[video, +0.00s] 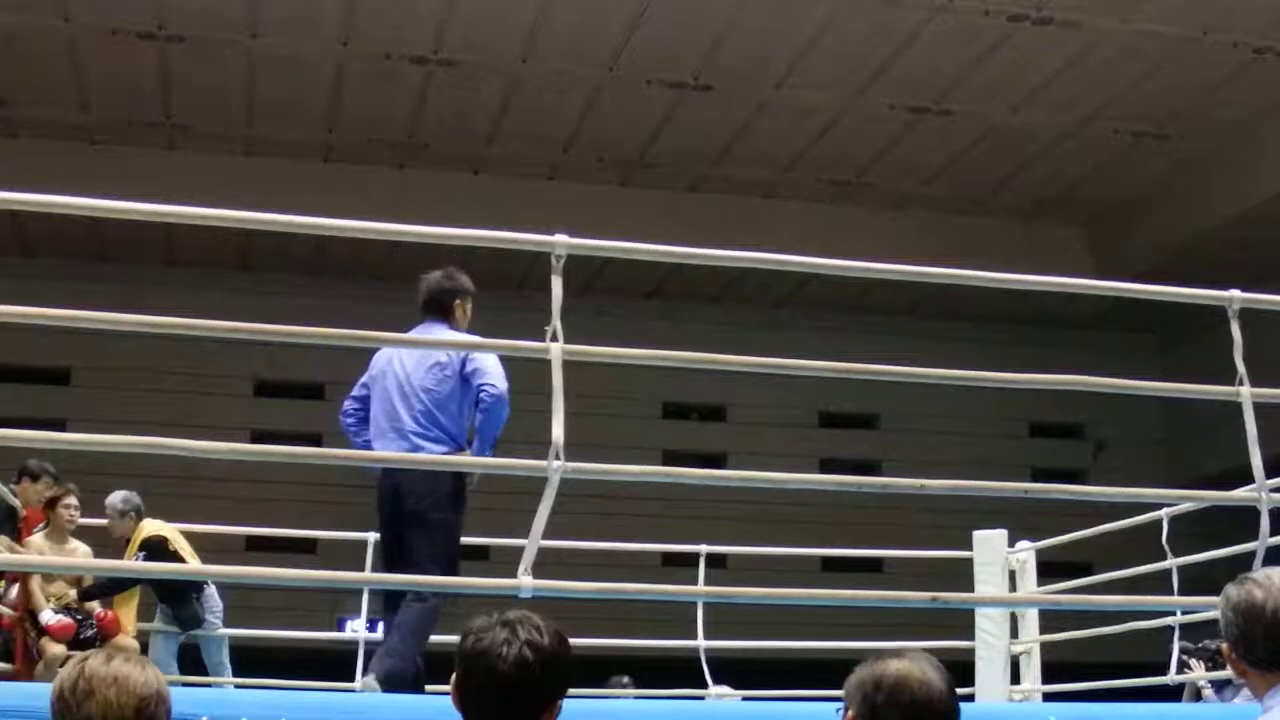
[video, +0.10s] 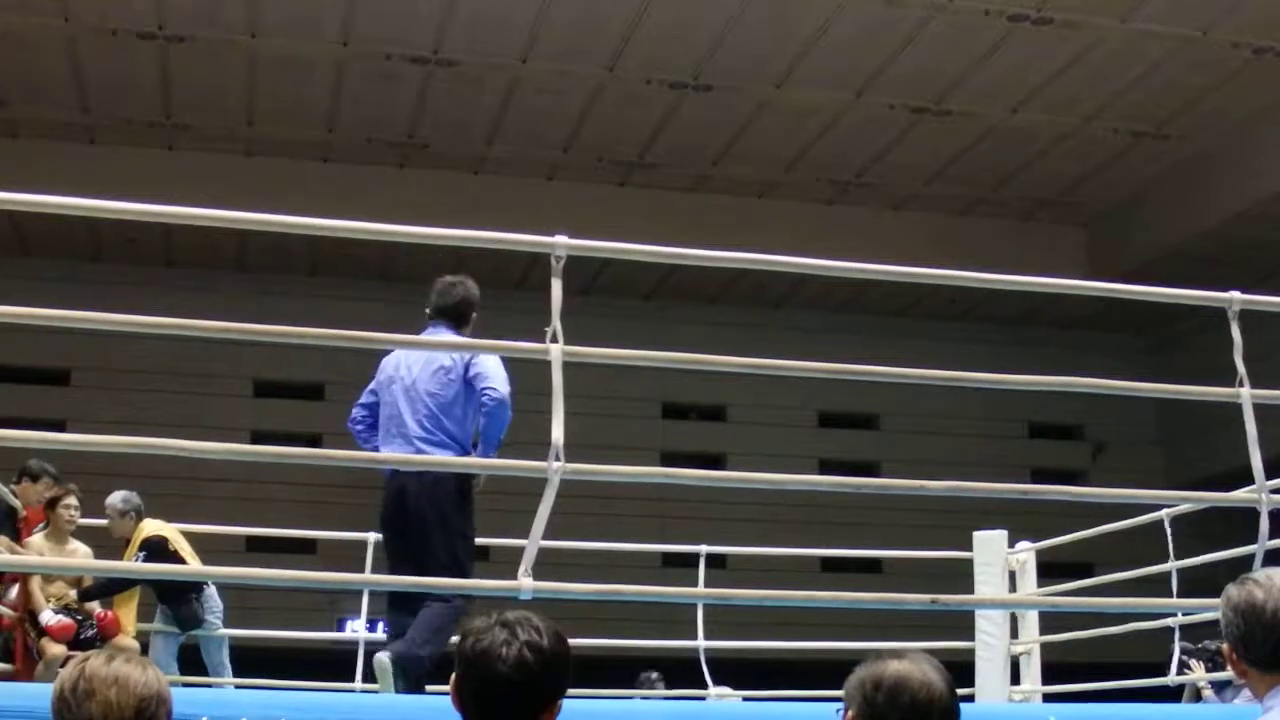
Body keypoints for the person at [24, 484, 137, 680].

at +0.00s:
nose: (72, 514)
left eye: (76, 509)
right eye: (66, 508)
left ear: (81, 513)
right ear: (50, 511)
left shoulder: (84, 550)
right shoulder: (33, 544)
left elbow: (87, 592)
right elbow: (33, 584)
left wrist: (99, 613)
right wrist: (47, 616)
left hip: (78, 613)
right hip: (42, 612)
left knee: (130, 646)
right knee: (56, 652)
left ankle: (117, 702)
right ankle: (37, 703)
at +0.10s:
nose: (72, 514)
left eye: (76, 509)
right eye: (66, 508)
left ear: (81, 514)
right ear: (50, 512)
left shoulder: (84, 551)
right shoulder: (34, 544)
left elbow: (87, 592)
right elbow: (33, 586)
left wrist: (99, 614)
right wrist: (47, 617)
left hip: (78, 613)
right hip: (42, 612)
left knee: (130, 647)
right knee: (56, 653)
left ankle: (115, 702)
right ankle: (36, 703)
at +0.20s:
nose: (72, 514)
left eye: (76, 509)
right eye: (66, 508)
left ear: (80, 514)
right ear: (50, 512)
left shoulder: (83, 551)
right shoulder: (33, 544)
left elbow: (87, 592)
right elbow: (33, 586)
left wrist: (99, 614)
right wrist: (47, 617)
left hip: (77, 612)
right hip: (42, 611)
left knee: (130, 647)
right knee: (56, 652)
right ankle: (37, 703)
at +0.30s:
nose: (73, 514)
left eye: (76, 509)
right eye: (66, 508)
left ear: (81, 514)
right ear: (50, 512)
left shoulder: (83, 551)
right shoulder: (33, 544)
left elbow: (87, 592)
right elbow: (33, 585)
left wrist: (99, 614)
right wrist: (47, 617)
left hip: (77, 613)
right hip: (41, 612)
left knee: (130, 646)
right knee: (56, 652)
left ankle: (116, 702)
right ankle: (37, 703)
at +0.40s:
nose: (73, 516)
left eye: (77, 511)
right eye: (67, 509)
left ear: (81, 515)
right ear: (51, 513)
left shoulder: (83, 552)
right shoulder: (33, 545)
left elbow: (87, 592)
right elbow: (33, 586)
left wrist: (98, 614)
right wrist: (47, 617)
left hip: (77, 613)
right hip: (42, 611)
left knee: (130, 647)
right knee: (56, 653)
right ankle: (37, 703)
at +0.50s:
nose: (74, 517)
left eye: (78, 512)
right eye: (68, 511)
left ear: (82, 516)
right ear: (52, 513)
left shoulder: (83, 552)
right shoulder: (34, 544)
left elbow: (87, 592)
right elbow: (33, 586)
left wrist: (98, 614)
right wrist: (47, 617)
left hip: (77, 613)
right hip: (42, 611)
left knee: (130, 646)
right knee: (56, 652)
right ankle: (37, 703)